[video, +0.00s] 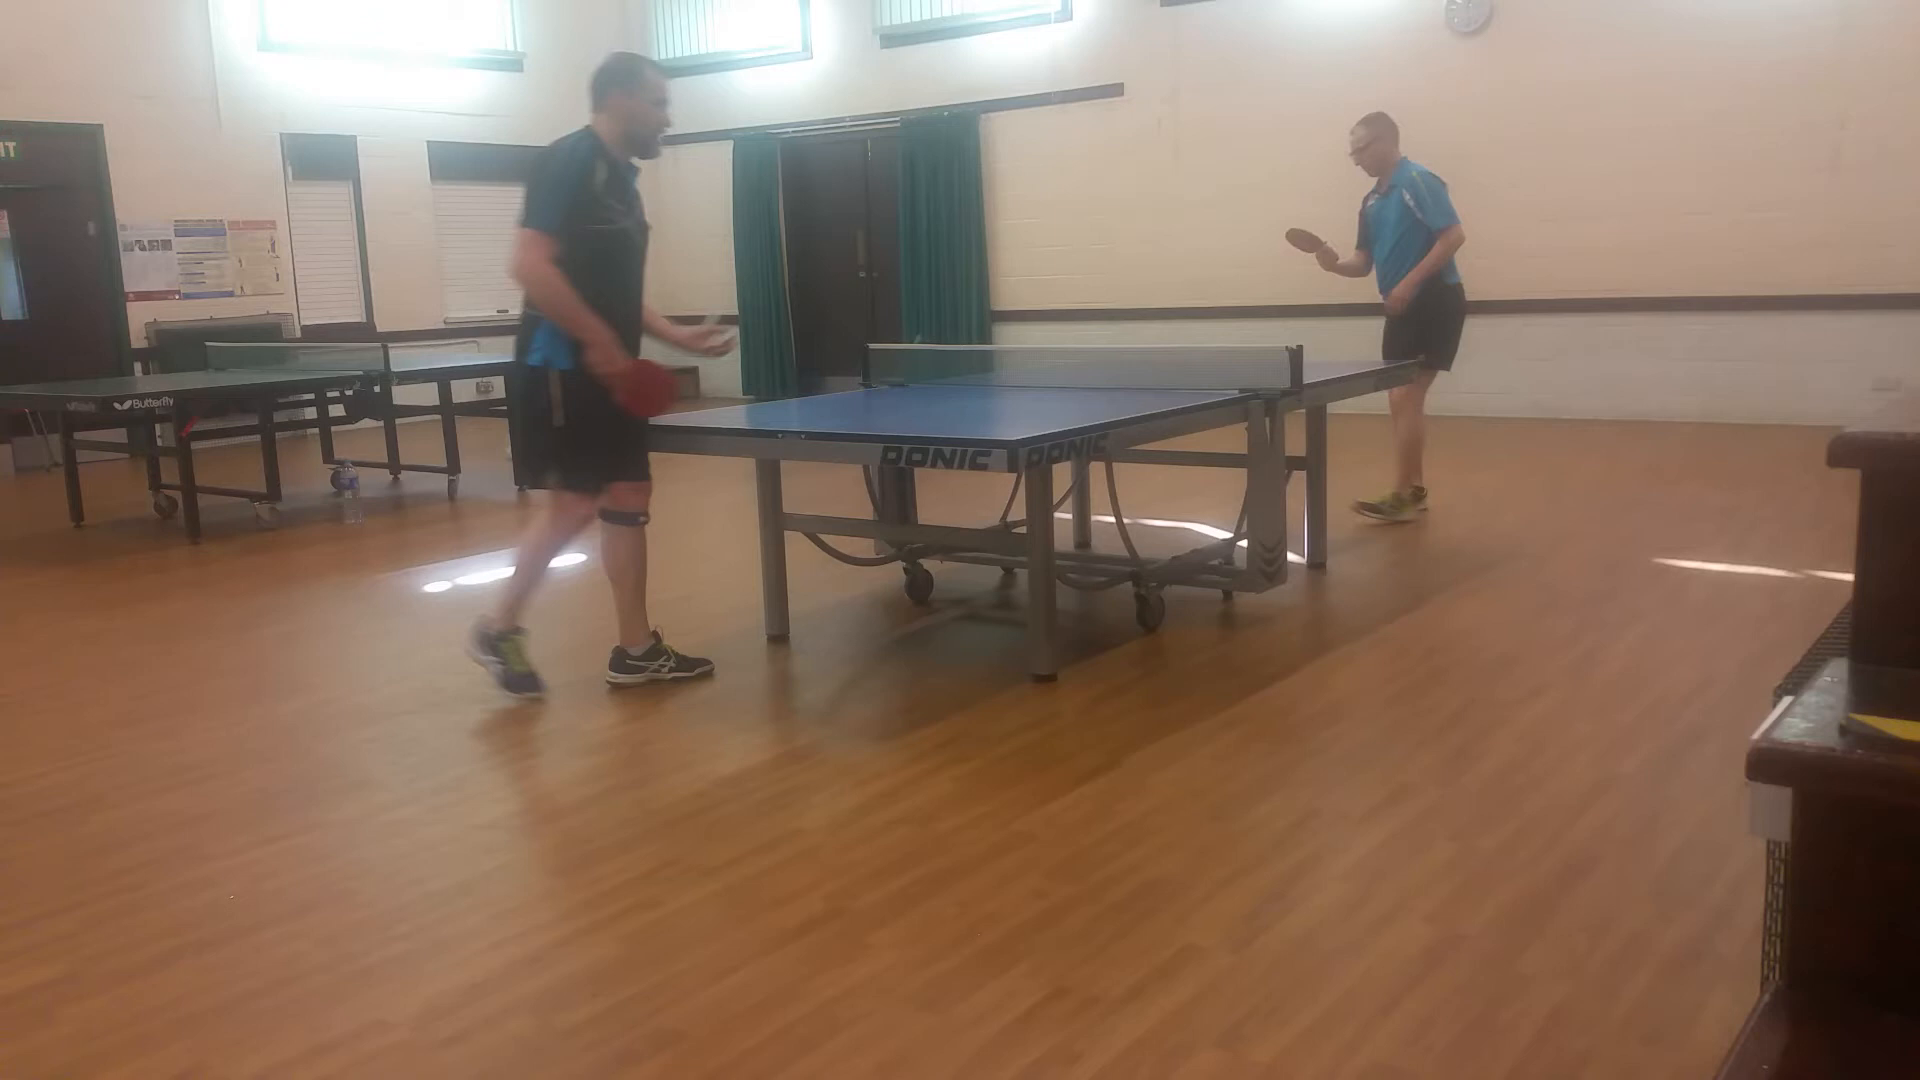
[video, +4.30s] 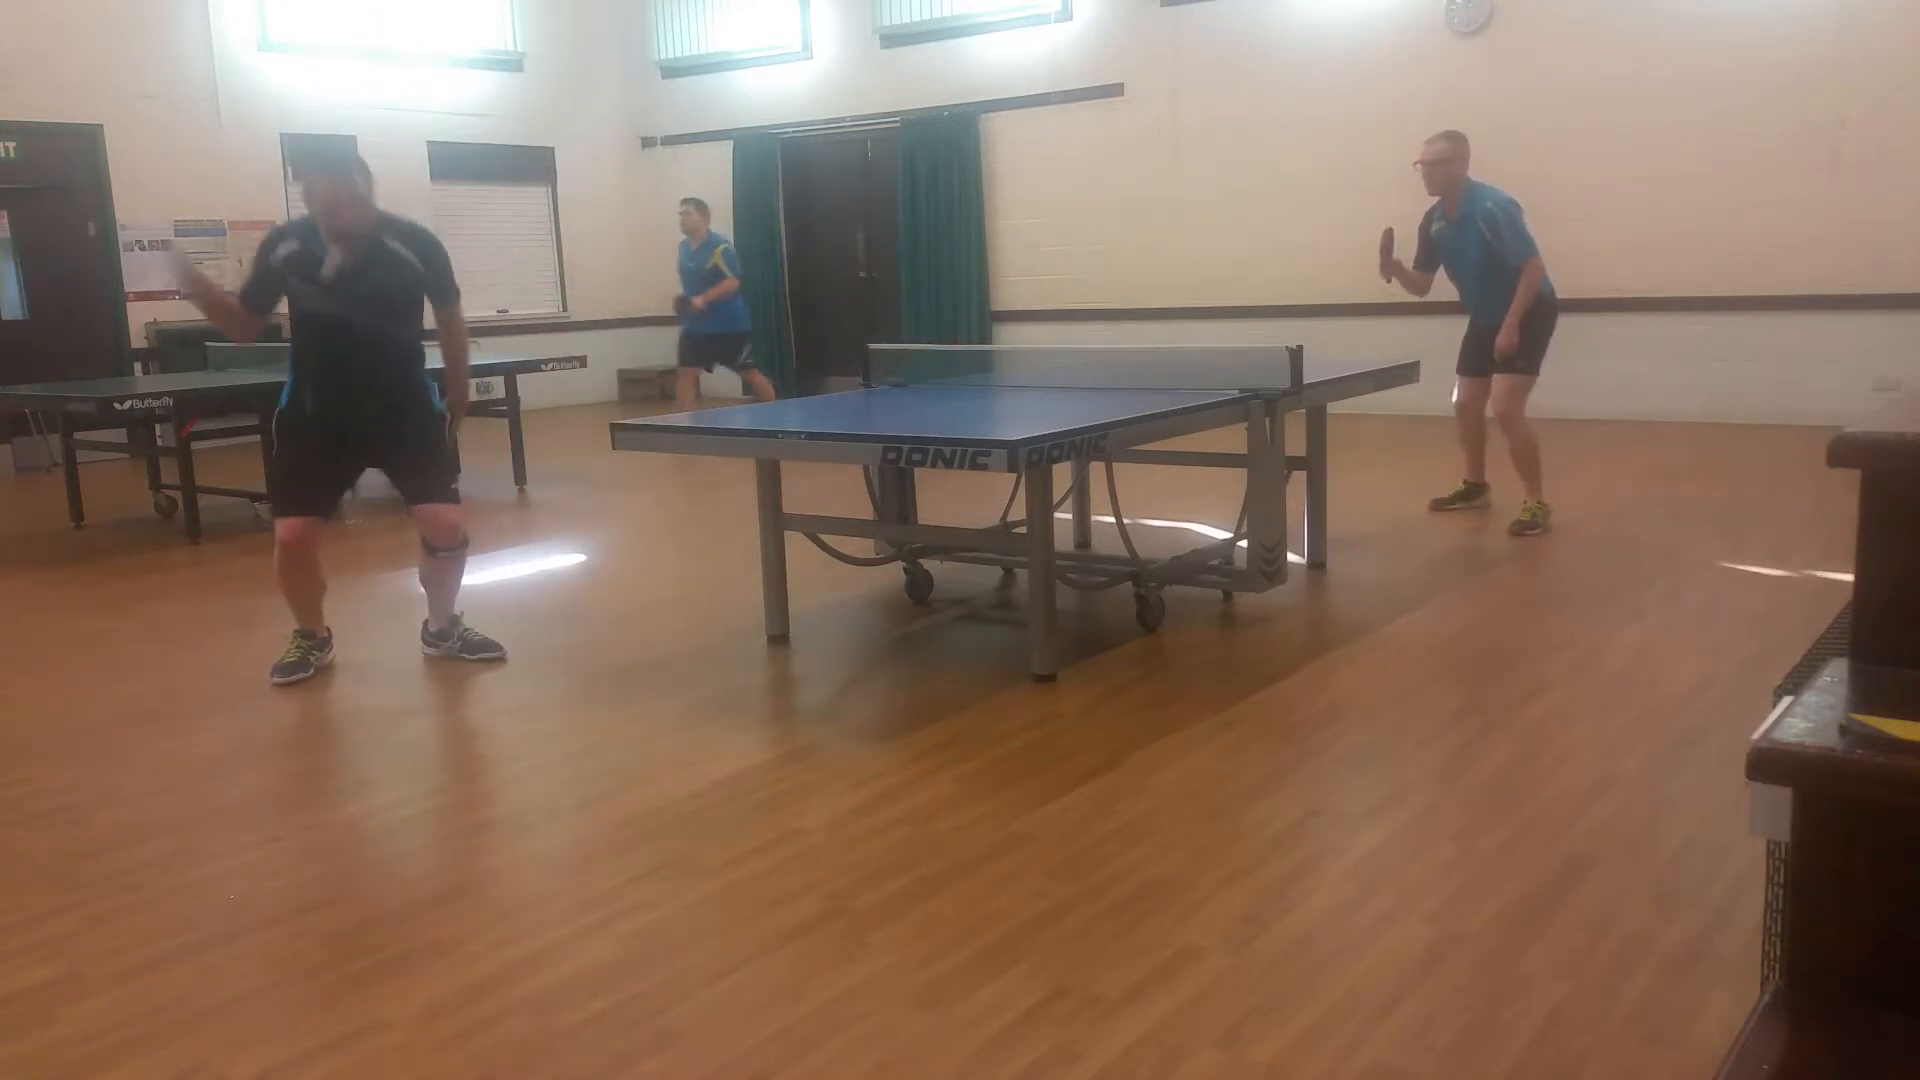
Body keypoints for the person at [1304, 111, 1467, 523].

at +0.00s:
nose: (1356, 158)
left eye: (1361, 148)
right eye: (1353, 151)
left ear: (1387, 142)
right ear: (1361, 152)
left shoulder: (1418, 179)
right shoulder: (1371, 201)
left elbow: (1453, 235)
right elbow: (1362, 263)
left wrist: (1409, 283)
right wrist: (1335, 263)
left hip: (1434, 298)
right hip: (1403, 303)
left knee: (1407, 397)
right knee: (1402, 399)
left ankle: (1404, 495)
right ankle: (1411, 490)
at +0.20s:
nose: (1374, 153)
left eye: (1380, 143)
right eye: (1371, 146)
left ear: (1405, 138)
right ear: (1381, 147)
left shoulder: (1436, 180)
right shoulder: (1386, 198)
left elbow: (1453, 240)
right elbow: (1380, 264)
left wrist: (1394, 266)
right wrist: (1349, 259)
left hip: (1448, 301)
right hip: (1412, 305)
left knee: (1432, 396)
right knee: (1406, 396)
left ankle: (1462, 494)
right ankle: (1414, 489)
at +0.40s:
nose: (1403, 149)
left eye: (1409, 139)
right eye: (1401, 141)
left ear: (1436, 136)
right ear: (1410, 143)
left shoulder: (1462, 180)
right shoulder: (1412, 195)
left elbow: (1451, 244)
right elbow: (1398, 258)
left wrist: (1381, 240)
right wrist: (1365, 255)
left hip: (1468, 302)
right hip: (1429, 305)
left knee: (1471, 401)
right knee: (1417, 399)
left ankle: (1528, 490)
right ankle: (1415, 489)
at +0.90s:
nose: (1455, 144)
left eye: (1463, 134)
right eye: (1454, 136)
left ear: (1489, 132)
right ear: (1470, 137)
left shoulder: (1523, 176)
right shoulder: (1466, 193)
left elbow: (1509, 241)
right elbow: (1456, 257)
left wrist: (1438, 234)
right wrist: (1425, 257)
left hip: (1532, 302)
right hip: (1491, 305)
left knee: (1526, 401)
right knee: (1471, 396)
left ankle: (1542, 501)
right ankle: (1475, 489)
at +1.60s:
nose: (1444, 145)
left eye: (1452, 138)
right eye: (1444, 138)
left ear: (1477, 139)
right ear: (1458, 141)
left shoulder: (1512, 182)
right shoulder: (1453, 202)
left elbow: (1538, 242)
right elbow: (1455, 262)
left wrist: (1475, 271)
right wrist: (1436, 270)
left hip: (1538, 298)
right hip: (1495, 305)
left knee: (1540, 399)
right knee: (1486, 398)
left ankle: (1564, 498)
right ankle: (1486, 489)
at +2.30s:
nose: (1444, 176)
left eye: (1451, 168)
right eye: (1443, 169)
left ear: (1478, 168)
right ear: (1456, 171)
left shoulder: (1520, 207)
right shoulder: (1460, 223)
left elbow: (1562, 267)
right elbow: (1449, 288)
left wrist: (1521, 317)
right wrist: (1421, 279)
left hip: (1559, 307)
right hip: (1514, 312)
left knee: (1539, 408)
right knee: (1493, 402)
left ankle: (1559, 511)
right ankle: (1477, 481)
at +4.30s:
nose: (1421, 172)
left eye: (1429, 165)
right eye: (1420, 165)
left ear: (1457, 166)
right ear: (1429, 170)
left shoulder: (1495, 207)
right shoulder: (1434, 219)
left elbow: (1534, 269)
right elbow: (1420, 285)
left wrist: (1510, 324)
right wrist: (1393, 267)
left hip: (1529, 311)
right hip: (1486, 315)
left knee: (1506, 408)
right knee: (1466, 404)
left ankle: (1536, 503)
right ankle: (1475, 486)